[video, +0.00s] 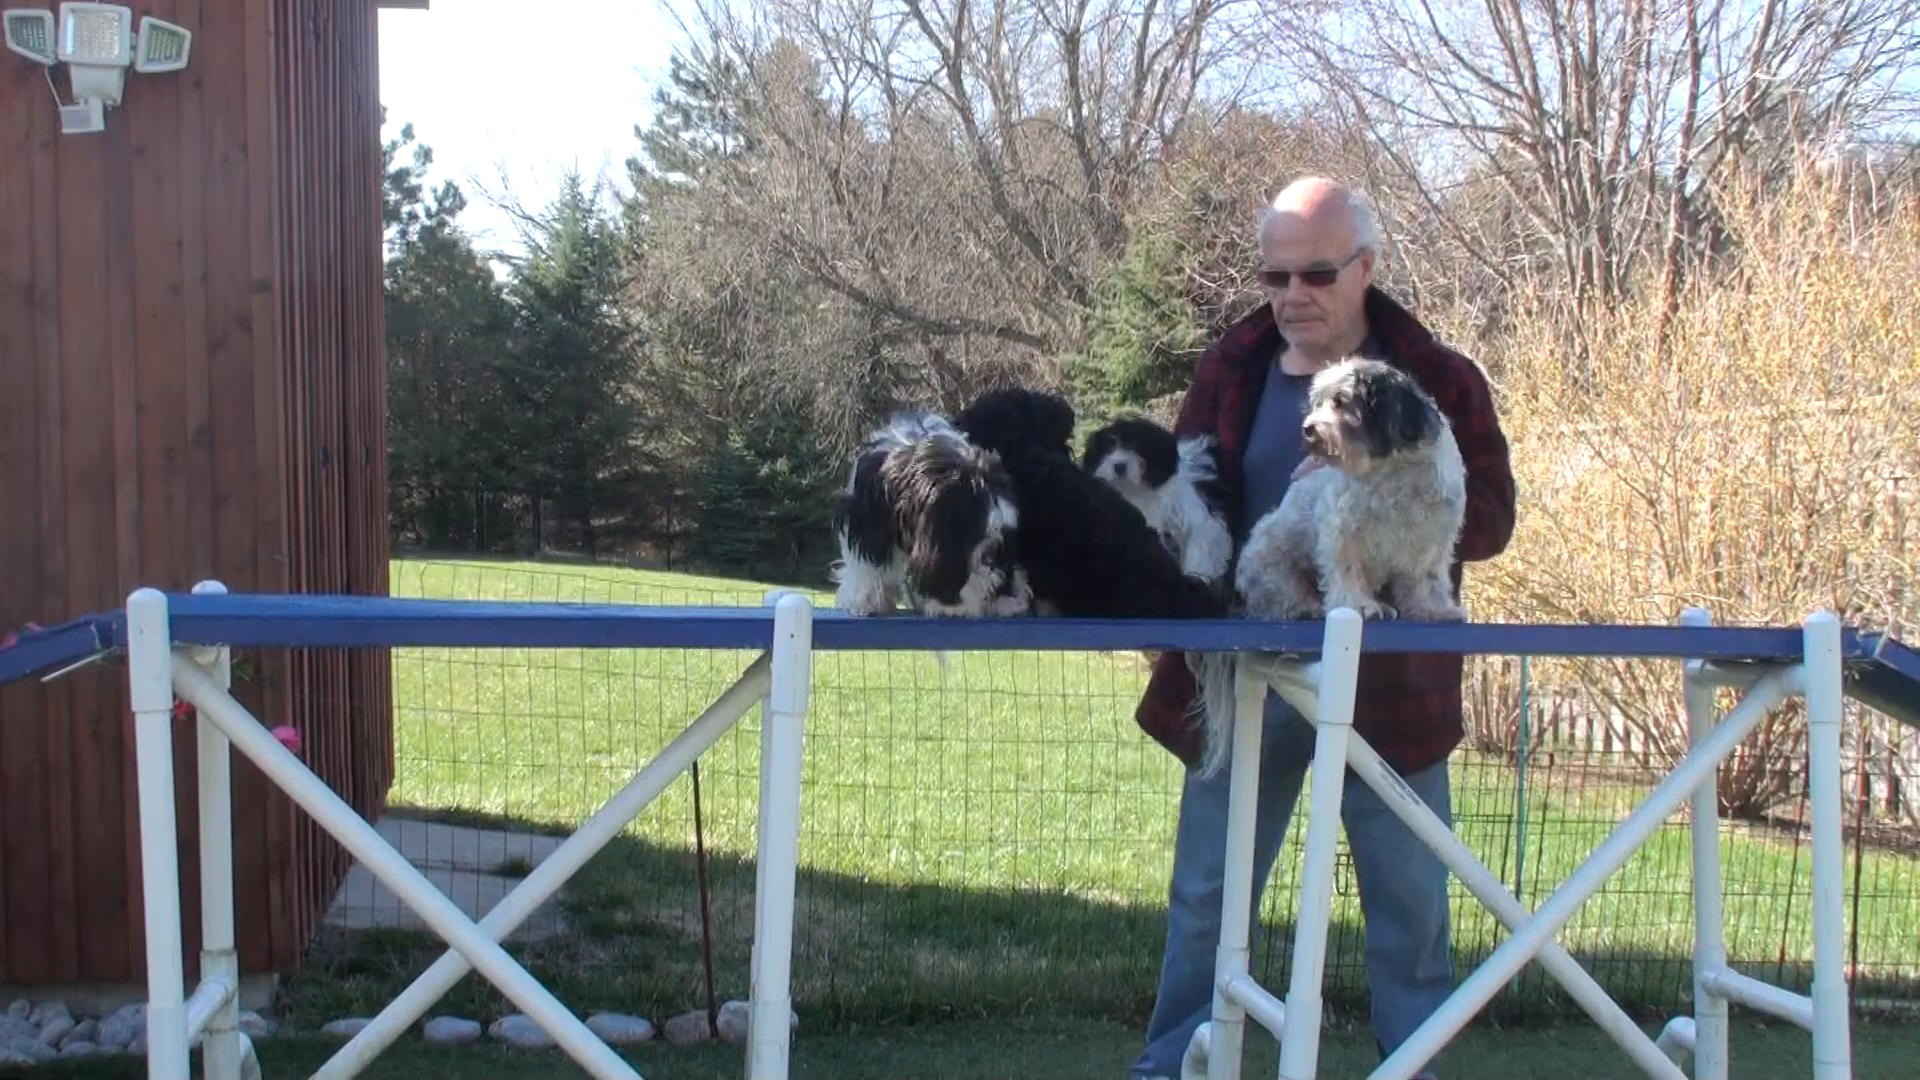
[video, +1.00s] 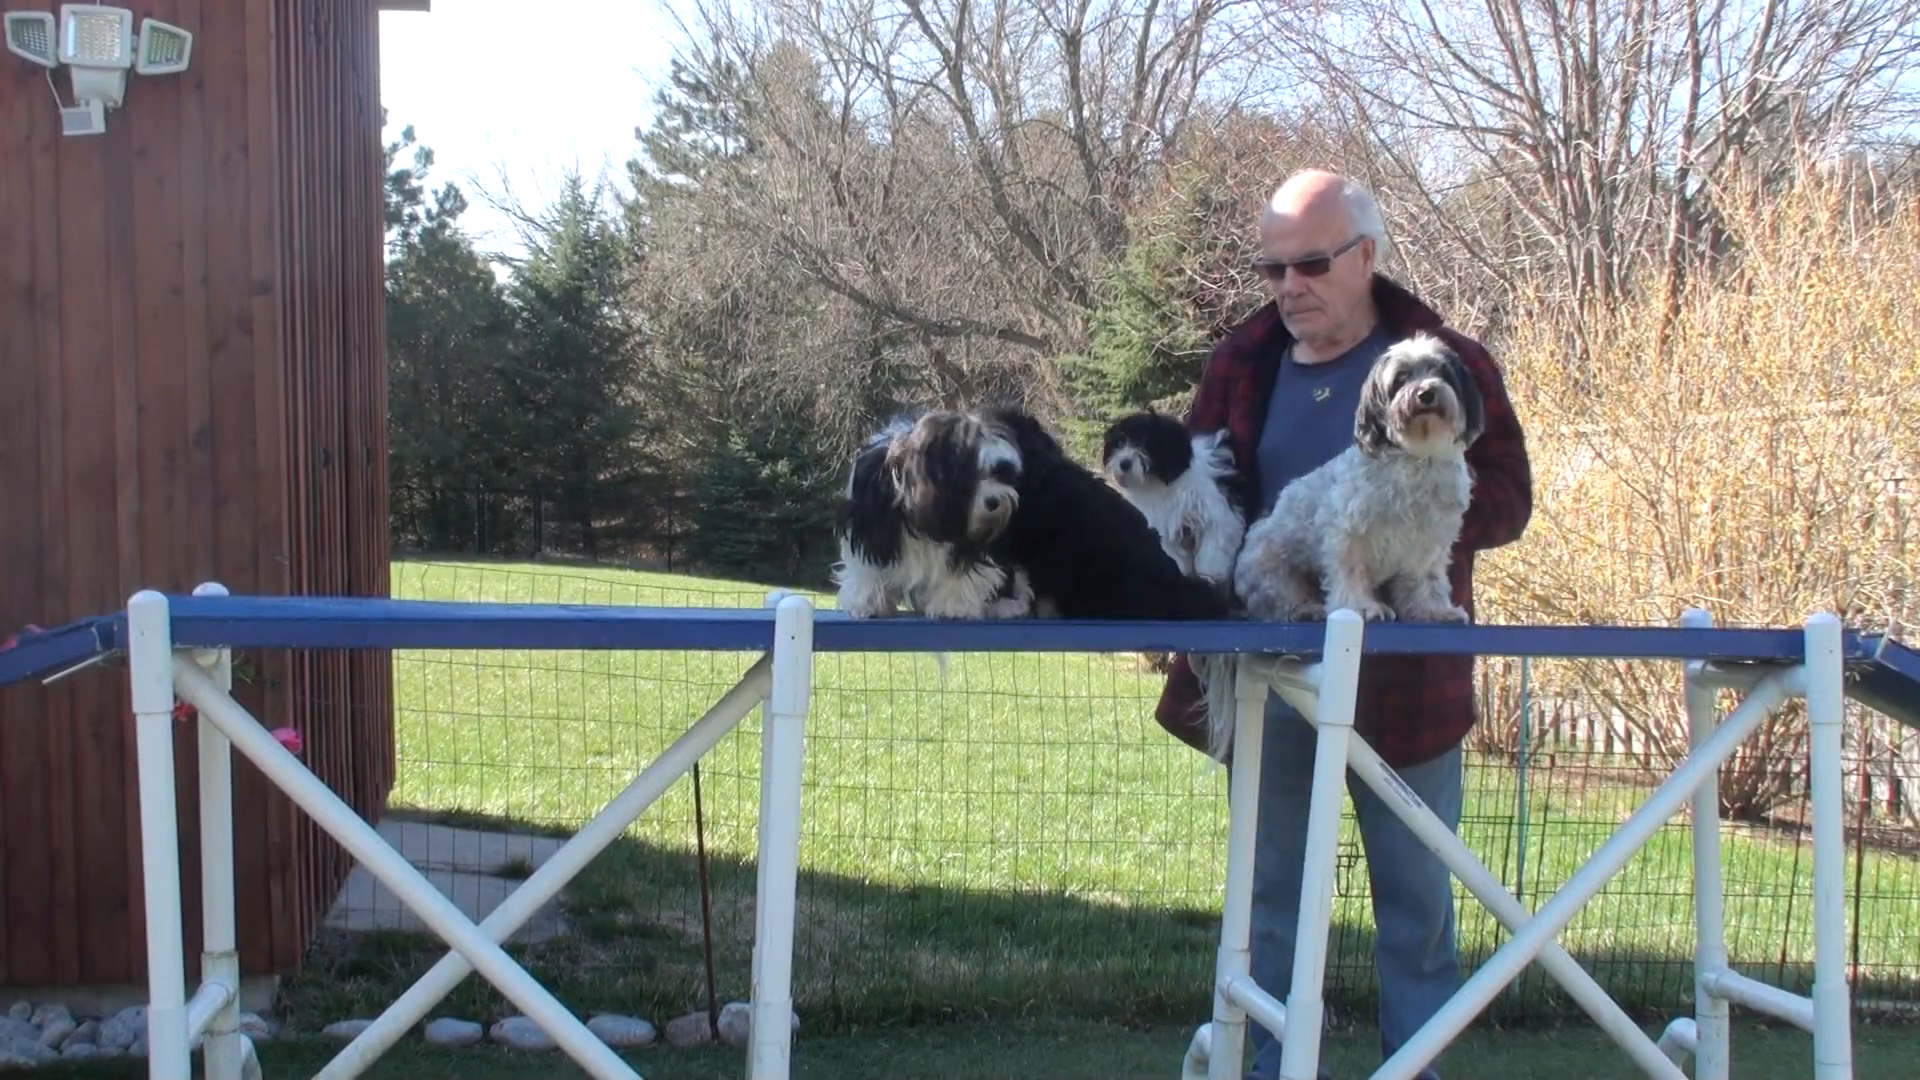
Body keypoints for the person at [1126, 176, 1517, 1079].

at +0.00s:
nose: (1295, 295)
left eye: (1318, 274)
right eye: (1276, 275)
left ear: (1368, 267)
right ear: (1258, 273)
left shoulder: (1440, 380)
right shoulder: (1225, 369)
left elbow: (1491, 518)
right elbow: (1183, 504)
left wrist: (1379, 479)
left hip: (1391, 677)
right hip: (1247, 666)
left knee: (1410, 906)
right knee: (1206, 893)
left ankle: (1412, 1070)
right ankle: (1176, 1064)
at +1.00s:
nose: (1292, 285)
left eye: (1314, 264)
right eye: (1276, 265)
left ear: (1367, 257)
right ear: (1261, 265)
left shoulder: (1446, 365)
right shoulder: (1235, 367)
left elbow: (1504, 496)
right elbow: (1192, 509)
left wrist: (1397, 546)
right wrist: (1195, 623)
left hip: (1407, 670)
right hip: (1271, 668)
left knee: (1415, 895)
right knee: (1271, 885)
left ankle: (1417, 1062)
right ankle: (1269, 1059)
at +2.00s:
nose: (1403, 273)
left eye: (1428, 255)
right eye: (1390, 255)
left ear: (1484, 257)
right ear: (1375, 258)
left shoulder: (1557, 378)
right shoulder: (1344, 362)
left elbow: (1600, 524)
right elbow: (1290, 498)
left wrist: (1465, 488)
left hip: (1496, 677)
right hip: (1352, 667)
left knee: (1500, 919)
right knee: (1320, 903)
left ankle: (1485, 1067)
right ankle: (1298, 1064)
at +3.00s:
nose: (1375, 255)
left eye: (1398, 238)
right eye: (1357, 241)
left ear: (1442, 250)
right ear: (1338, 257)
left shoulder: (1513, 370)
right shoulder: (1292, 367)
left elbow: (1562, 509)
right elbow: (1239, 501)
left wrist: (1444, 480)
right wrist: (1312, 517)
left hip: (1469, 674)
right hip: (1325, 671)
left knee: (1487, 911)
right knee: (1334, 912)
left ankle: (1486, 1062)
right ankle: (1336, 1070)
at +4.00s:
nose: (1474, 270)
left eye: (1500, 252)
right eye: (1459, 252)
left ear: (1554, 254)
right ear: (1442, 256)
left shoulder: (1614, 381)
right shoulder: (1391, 357)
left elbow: (1652, 527)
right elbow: (1323, 481)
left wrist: (1582, 518)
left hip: (1544, 677)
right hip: (1405, 667)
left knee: (1538, 913)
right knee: (1410, 906)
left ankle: (1511, 1064)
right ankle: (1414, 1069)